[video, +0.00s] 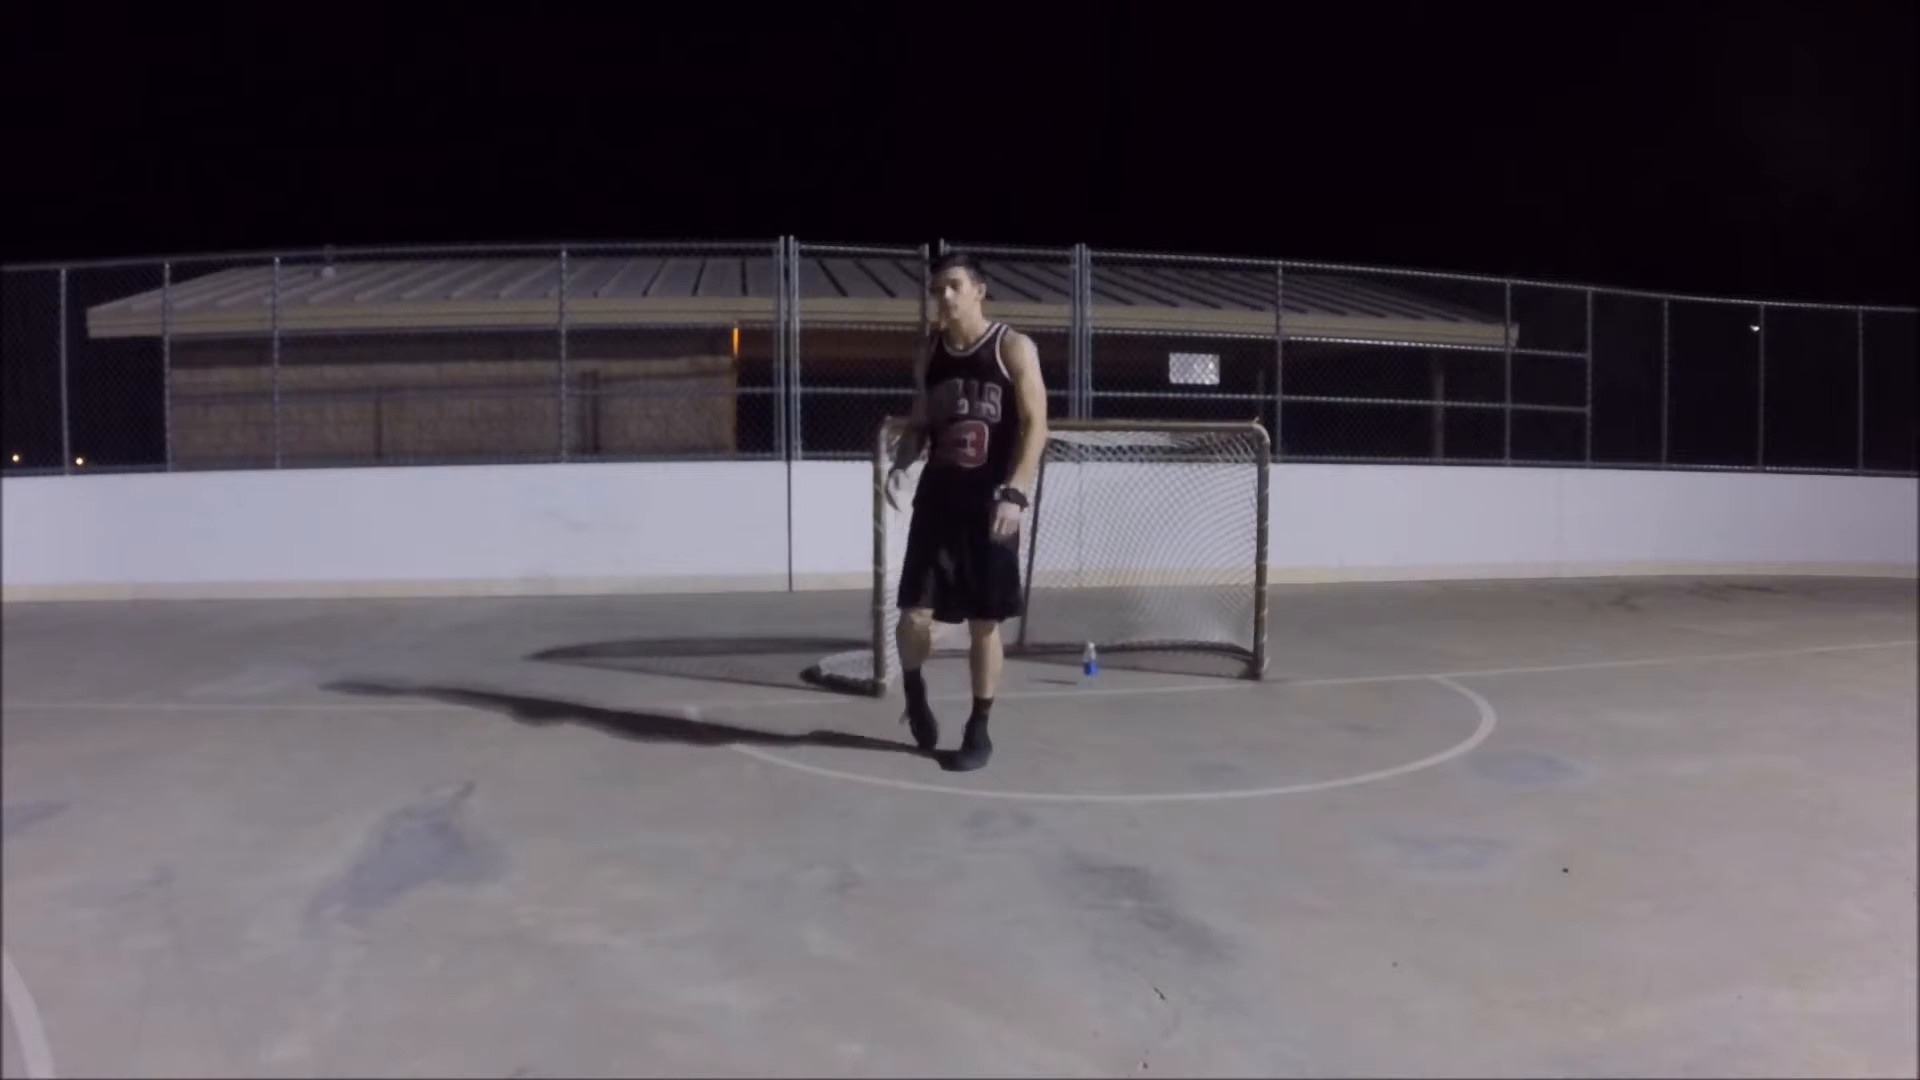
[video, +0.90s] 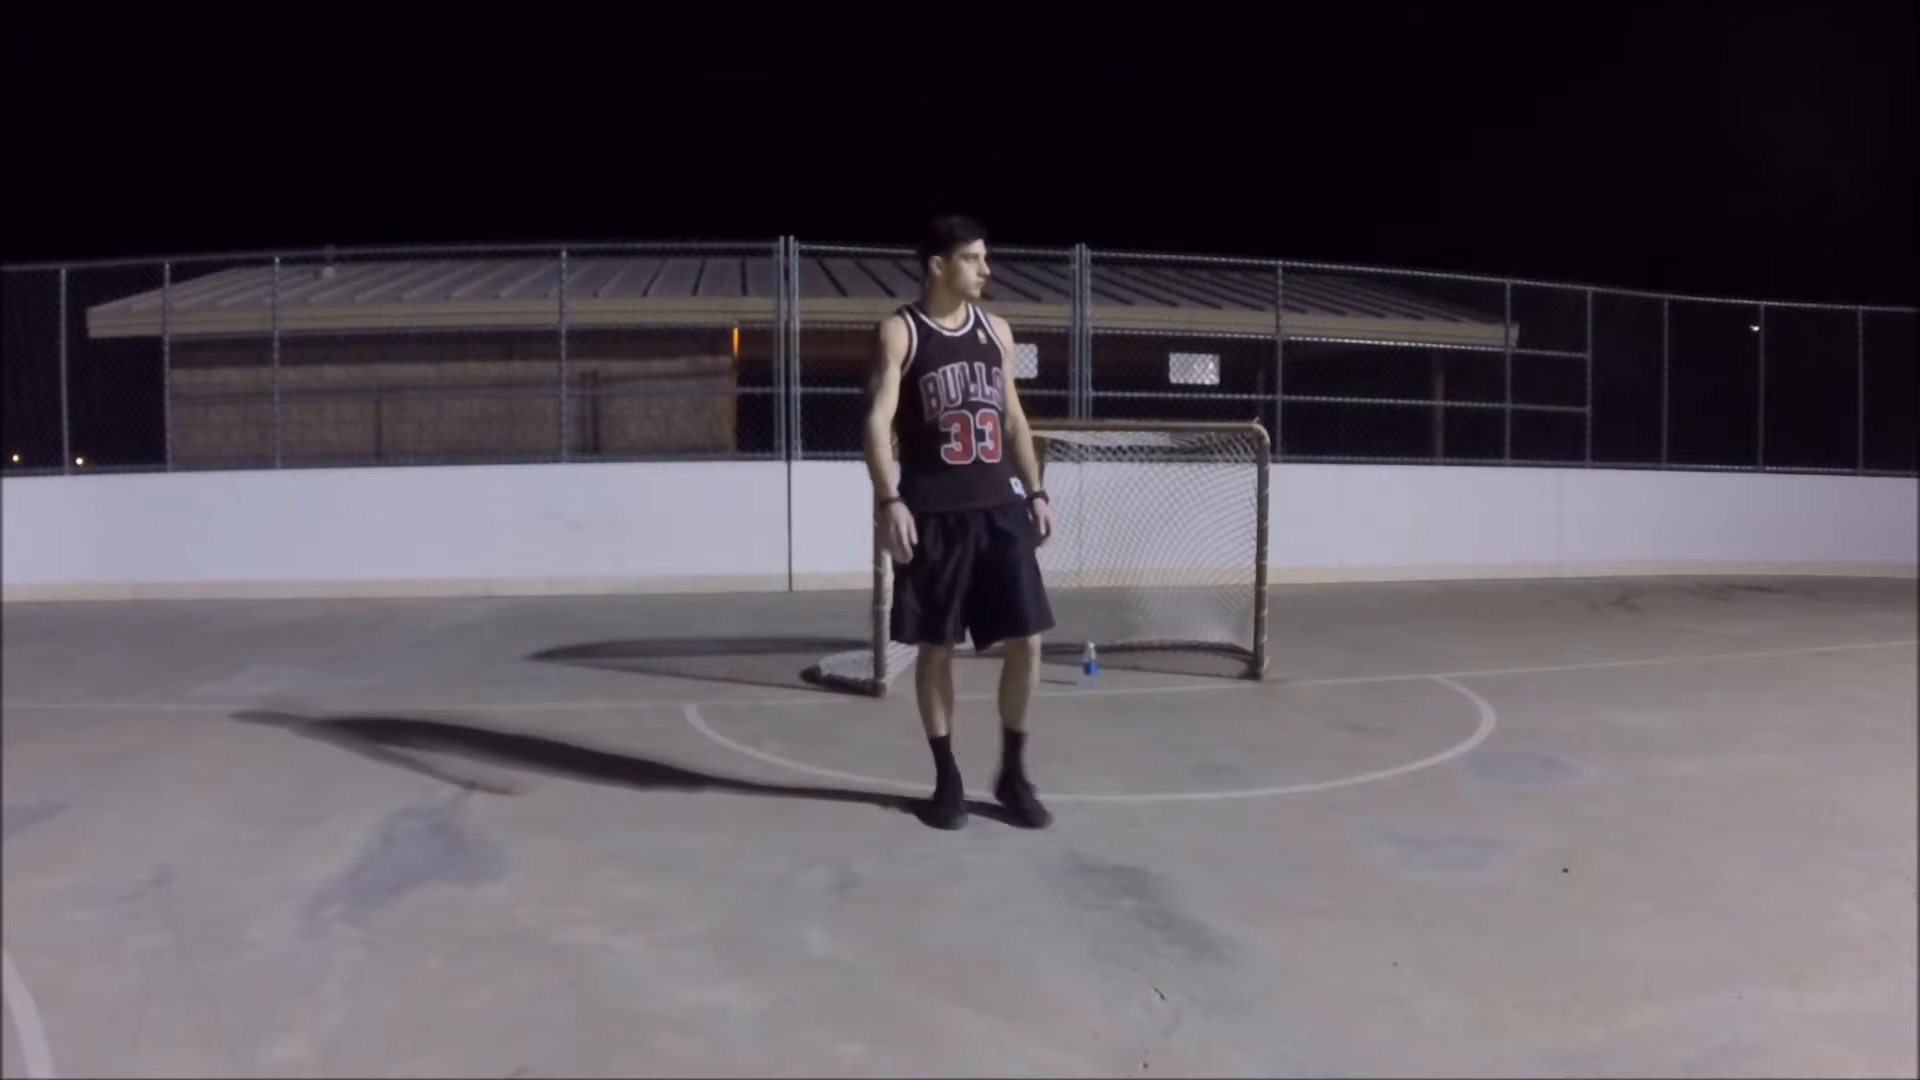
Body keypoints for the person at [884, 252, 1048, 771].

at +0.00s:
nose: (943, 296)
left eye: (953, 286)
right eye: (937, 289)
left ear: (979, 291)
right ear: (931, 298)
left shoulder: (1013, 347)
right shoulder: (930, 351)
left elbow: (1036, 424)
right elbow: (923, 423)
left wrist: (1016, 492)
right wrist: (900, 451)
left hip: (991, 499)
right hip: (938, 496)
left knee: (984, 621)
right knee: (914, 618)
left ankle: (977, 730)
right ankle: (914, 688)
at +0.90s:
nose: (984, 268)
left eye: (985, 258)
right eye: (972, 259)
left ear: (978, 266)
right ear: (938, 265)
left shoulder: (995, 329)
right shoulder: (901, 330)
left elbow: (1014, 419)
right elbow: (878, 421)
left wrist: (1036, 490)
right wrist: (889, 499)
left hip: (1002, 511)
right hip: (934, 515)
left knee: (1024, 641)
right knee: (936, 646)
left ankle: (1012, 776)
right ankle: (947, 780)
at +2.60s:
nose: (1084, 235)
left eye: (1088, 226)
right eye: (1069, 228)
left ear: (1097, 237)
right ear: (1036, 241)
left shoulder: (1133, 318)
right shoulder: (1008, 324)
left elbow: (1154, 425)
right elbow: (987, 431)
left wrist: (1141, 519)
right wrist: (978, 527)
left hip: (1111, 520)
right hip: (1037, 520)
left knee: (1090, 673)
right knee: (1045, 673)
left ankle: (1065, 820)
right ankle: (1017, 721)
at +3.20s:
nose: (1021, 234)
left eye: (1029, 222)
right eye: (1008, 228)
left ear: (1054, 232)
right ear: (996, 245)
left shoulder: (1100, 320)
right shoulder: (973, 320)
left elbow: (1126, 427)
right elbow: (951, 420)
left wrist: (1126, 521)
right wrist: (955, 503)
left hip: (1074, 525)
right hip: (993, 524)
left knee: (1068, 673)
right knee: (974, 670)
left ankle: (1063, 820)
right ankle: (953, 806)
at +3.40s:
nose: (977, 235)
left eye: (989, 222)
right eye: (968, 226)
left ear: (1016, 233)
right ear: (958, 241)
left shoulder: (1060, 315)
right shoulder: (945, 317)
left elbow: (1085, 423)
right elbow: (923, 416)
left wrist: (1067, 519)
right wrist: (923, 502)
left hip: (1032, 525)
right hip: (956, 523)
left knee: (1047, 672)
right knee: (950, 667)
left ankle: (1060, 818)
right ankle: (949, 809)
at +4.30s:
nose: (976, 236)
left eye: (988, 224)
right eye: (965, 228)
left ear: (1015, 236)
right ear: (953, 244)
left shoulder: (1056, 319)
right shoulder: (939, 316)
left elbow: (1074, 432)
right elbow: (925, 412)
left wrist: (1040, 526)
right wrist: (914, 496)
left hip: (1022, 518)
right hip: (947, 517)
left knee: (1032, 665)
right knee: (942, 664)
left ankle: (1038, 803)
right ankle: (938, 807)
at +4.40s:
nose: (984, 237)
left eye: (995, 226)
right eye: (972, 229)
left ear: (1022, 235)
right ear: (960, 243)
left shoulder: (1063, 318)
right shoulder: (942, 314)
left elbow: (1090, 424)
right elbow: (923, 405)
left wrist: (1072, 524)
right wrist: (904, 485)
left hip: (1028, 521)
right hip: (949, 515)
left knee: (1032, 665)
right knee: (929, 658)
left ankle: (1038, 802)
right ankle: (905, 794)